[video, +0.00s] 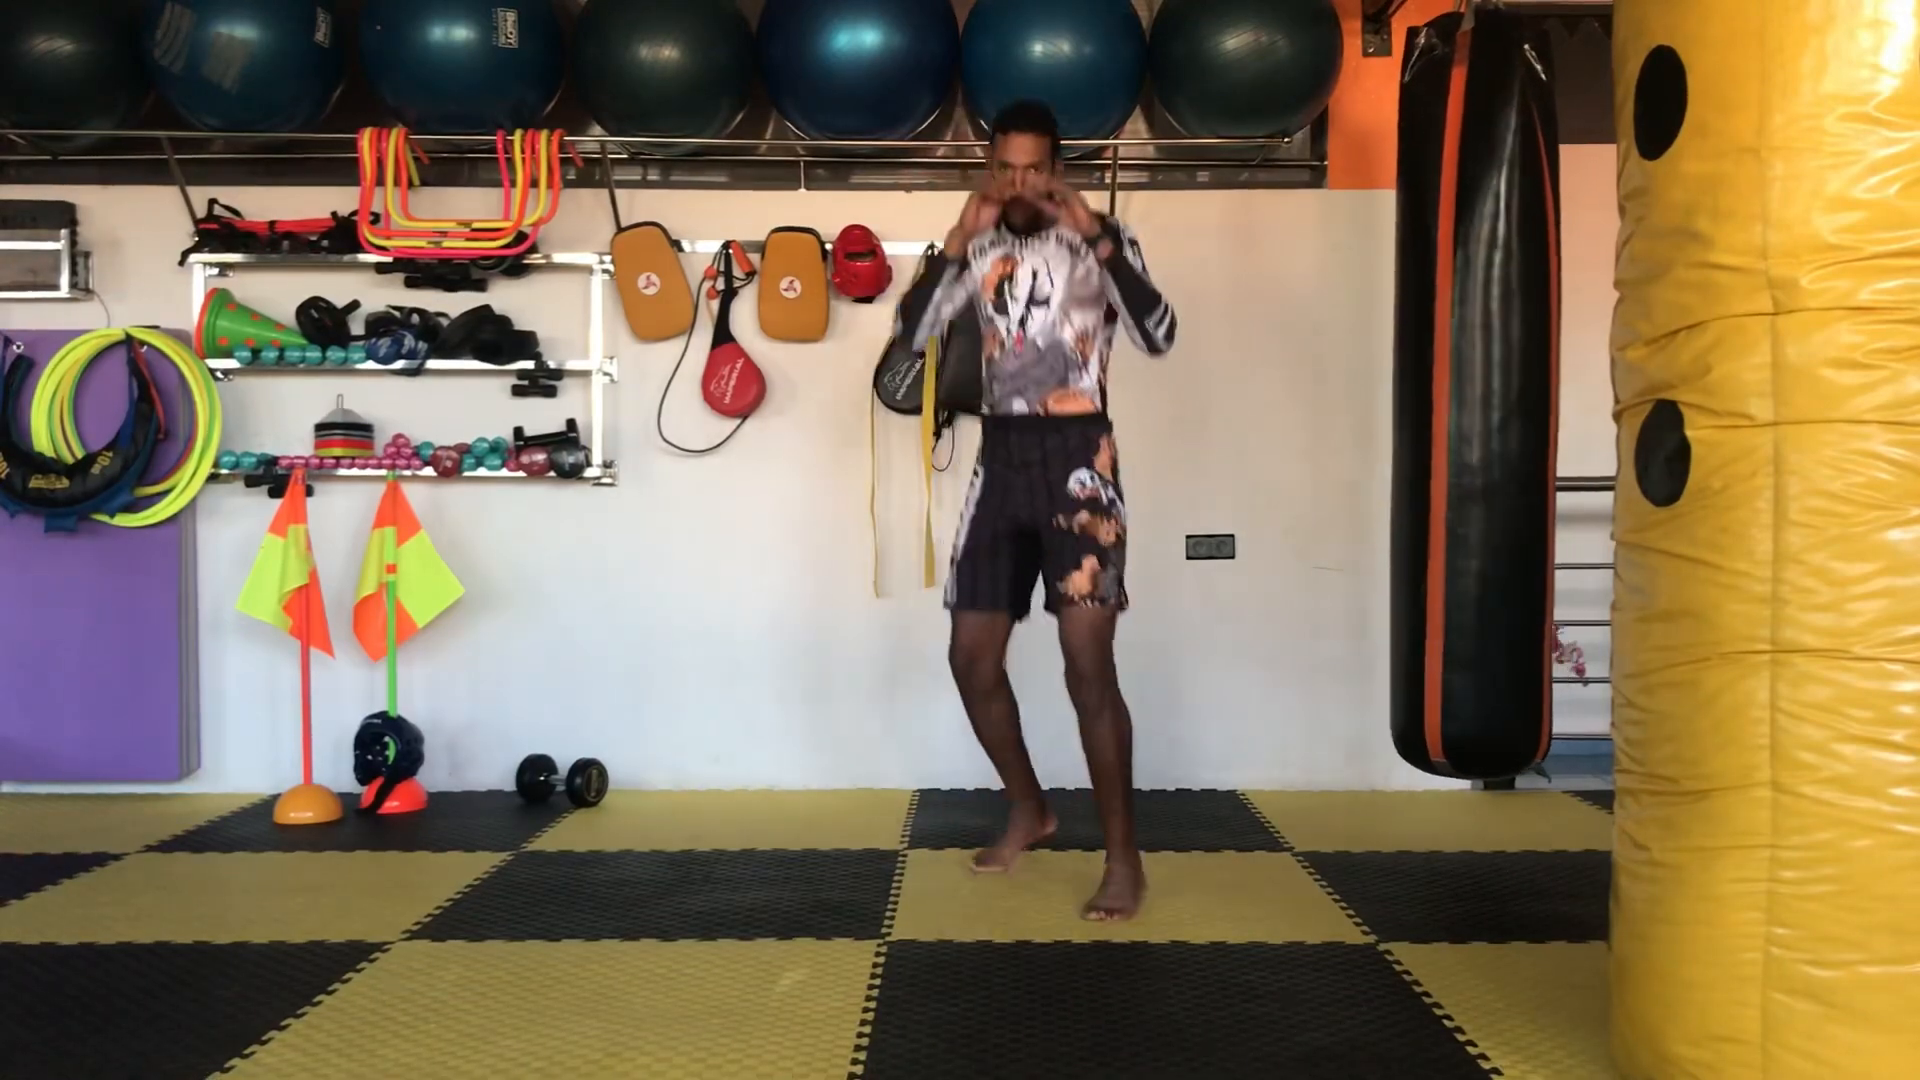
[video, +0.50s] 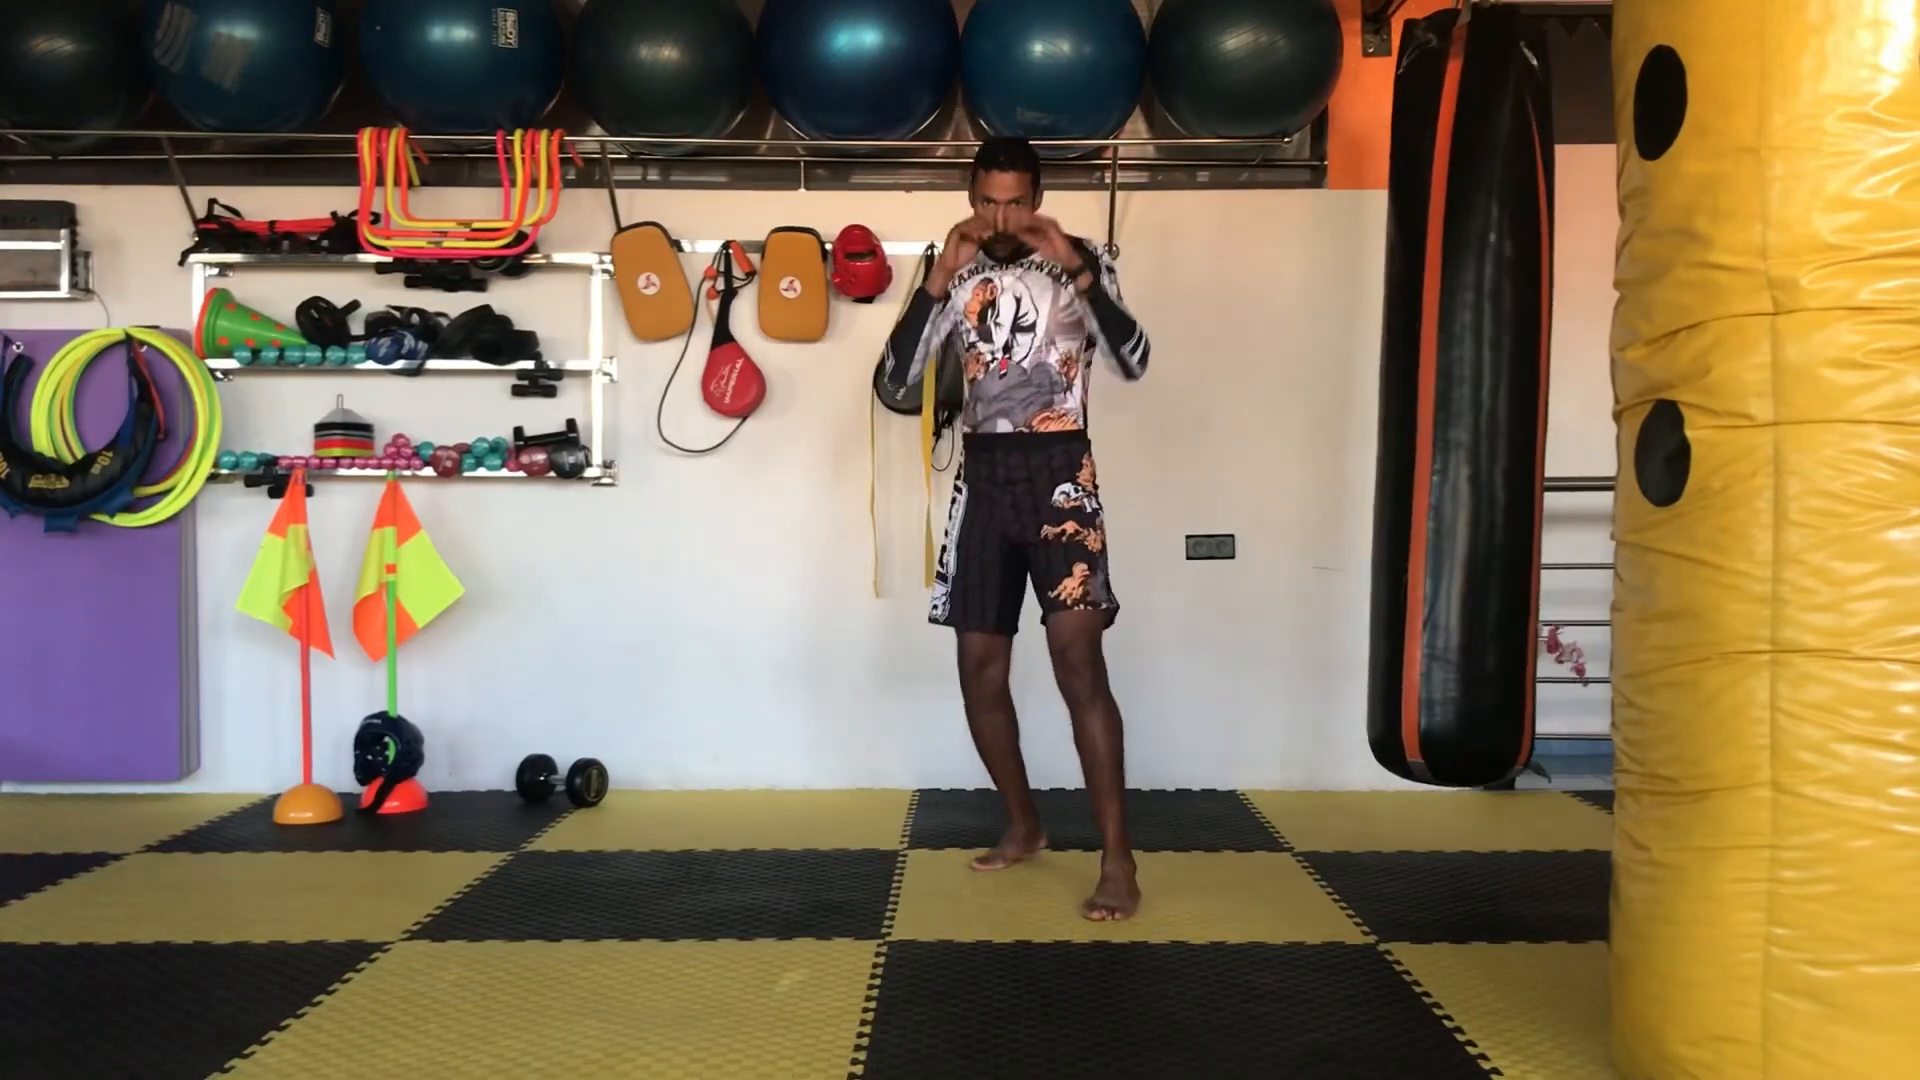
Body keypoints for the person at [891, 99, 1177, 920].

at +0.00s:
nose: (1020, 182)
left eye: (1033, 168)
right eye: (1006, 168)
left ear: (1056, 169)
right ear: (989, 170)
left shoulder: (1098, 241)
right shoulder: (975, 253)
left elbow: (1158, 336)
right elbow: (917, 335)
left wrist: (1098, 242)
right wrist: (959, 246)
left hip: (1079, 464)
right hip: (1002, 466)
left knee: (1088, 672)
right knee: (973, 661)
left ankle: (1121, 857)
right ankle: (1028, 807)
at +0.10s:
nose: (1025, 216)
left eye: (1039, 203)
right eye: (1012, 202)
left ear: (1063, 203)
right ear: (995, 202)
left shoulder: (1106, 269)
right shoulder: (980, 280)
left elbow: (1155, 381)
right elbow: (928, 386)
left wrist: (1099, 291)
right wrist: (961, 289)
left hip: (1087, 489)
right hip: (1009, 492)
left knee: (1091, 690)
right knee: (978, 690)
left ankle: (1123, 865)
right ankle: (1035, 824)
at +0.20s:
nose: (1024, 213)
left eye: (1037, 199)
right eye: (1011, 198)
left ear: (1059, 197)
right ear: (994, 197)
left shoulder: (1101, 262)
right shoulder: (979, 270)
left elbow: (1153, 375)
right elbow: (929, 382)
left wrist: (1101, 293)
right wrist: (956, 290)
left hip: (1087, 481)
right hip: (1009, 484)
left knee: (1092, 679)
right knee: (981, 673)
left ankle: (1122, 865)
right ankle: (1033, 821)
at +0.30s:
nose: (1015, 191)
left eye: (1027, 178)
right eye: (1001, 178)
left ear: (1049, 175)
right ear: (984, 178)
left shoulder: (1093, 238)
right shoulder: (970, 254)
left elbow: (1151, 338)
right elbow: (913, 353)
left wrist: (1098, 247)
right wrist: (948, 261)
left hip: (1080, 457)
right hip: (1000, 459)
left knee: (1092, 661)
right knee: (979, 652)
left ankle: (1118, 856)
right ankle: (1021, 804)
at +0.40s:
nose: (1005, 195)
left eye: (1019, 182)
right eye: (993, 181)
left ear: (1043, 181)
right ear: (976, 179)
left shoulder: (1083, 249)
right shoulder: (960, 262)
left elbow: (1146, 332)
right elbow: (901, 354)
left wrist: (1092, 238)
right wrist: (940, 259)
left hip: (1070, 463)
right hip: (990, 465)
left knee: (1088, 664)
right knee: (979, 660)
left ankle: (1117, 855)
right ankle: (1014, 809)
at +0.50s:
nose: (1001, 216)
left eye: (1015, 204)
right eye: (987, 202)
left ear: (1038, 201)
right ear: (971, 201)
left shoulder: (1077, 265)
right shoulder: (952, 277)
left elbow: (1131, 360)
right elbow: (896, 387)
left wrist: (1076, 271)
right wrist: (935, 283)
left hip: (1060, 479)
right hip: (983, 482)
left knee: (1079, 666)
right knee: (981, 671)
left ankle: (1117, 860)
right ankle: (1022, 824)